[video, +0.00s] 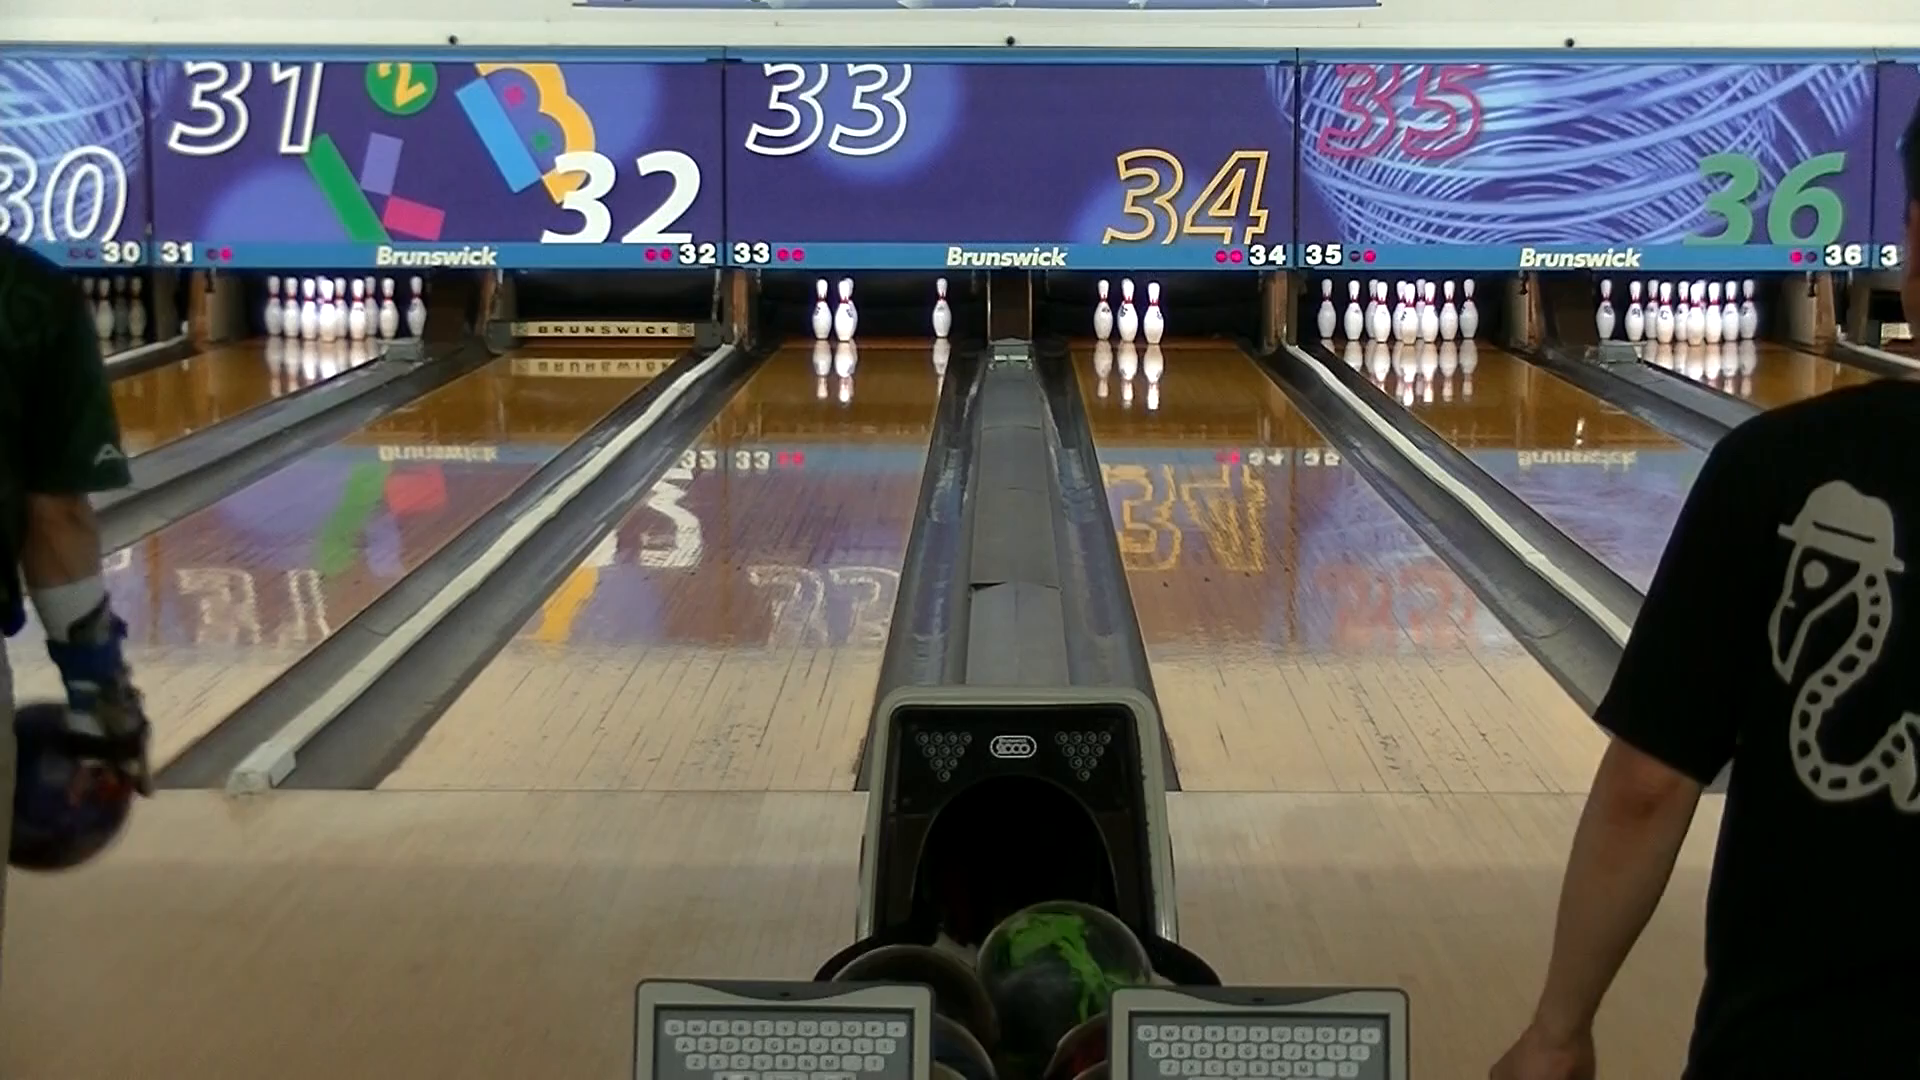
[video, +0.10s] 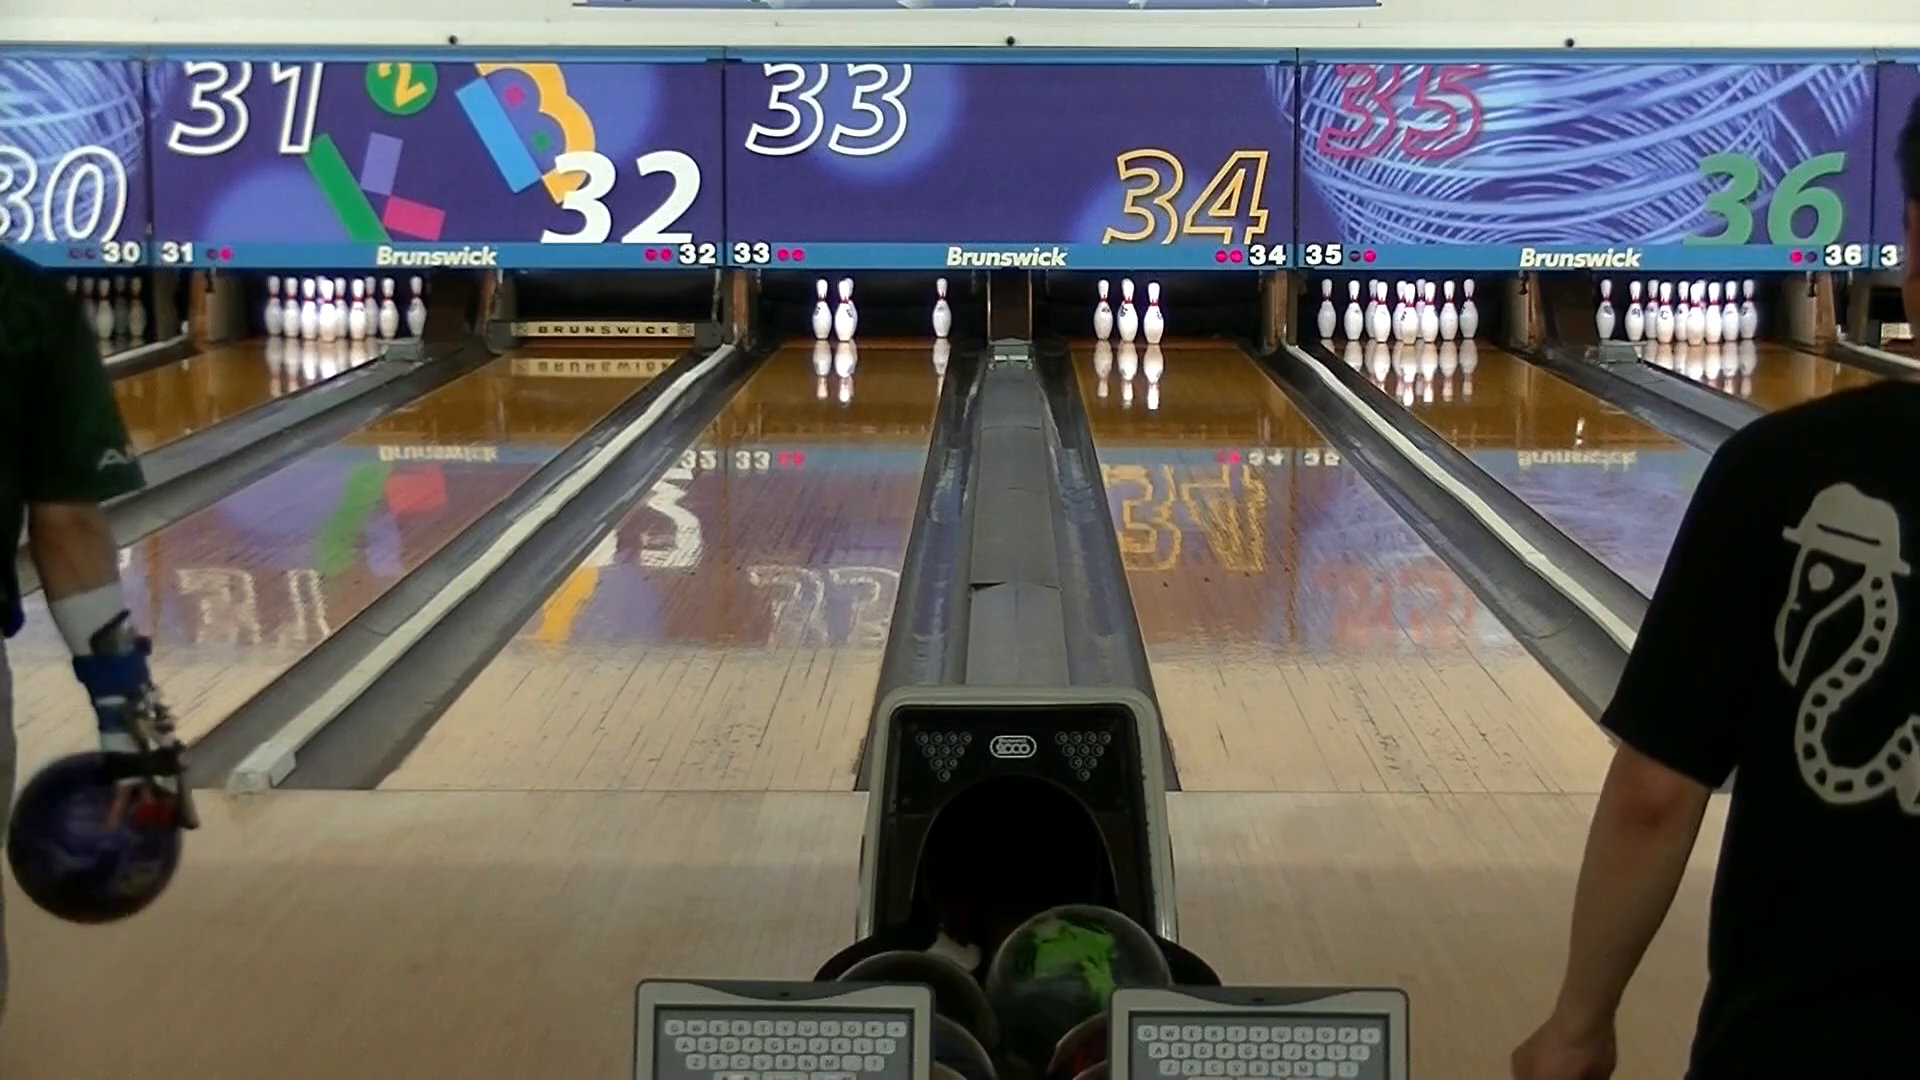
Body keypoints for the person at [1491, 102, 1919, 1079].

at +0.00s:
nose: (1903, 251)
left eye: (1905, 230)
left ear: (1907, 255)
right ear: (1904, 253)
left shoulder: (1789, 464)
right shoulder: (1788, 464)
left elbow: (1648, 783)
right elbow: (1647, 786)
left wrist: (1558, 1026)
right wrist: (1560, 1026)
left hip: (1782, 1033)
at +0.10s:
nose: (1905, 245)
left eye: (1905, 223)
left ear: (1909, 239)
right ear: (1909, 240)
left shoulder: (1791, 468)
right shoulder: (1792, 468)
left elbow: (1656, 789)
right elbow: (1656, 791)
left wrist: (1581, 1017)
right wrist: (1582, 1019)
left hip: (1789, 1033)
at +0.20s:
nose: (1905, 248)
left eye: (1902, 222)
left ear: (1912, 240)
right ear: (1913, 239)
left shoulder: (1796, 471)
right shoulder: (1796, 470)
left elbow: (1660, 800)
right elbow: (1661, 799)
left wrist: (1599, 1001)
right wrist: (1601, 1002)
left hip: (1794, 1029)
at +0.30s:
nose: (1903, 252)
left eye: (1901, 224)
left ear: (1911, 241)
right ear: (1910, 240)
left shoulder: (1801, 474)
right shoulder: (1799, 474)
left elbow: (1660, 806)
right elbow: (1661, 804)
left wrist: (1618, 978)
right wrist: (1620, 978)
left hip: (1798, 1025)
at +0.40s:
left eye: (1898, 225)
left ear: (1908, 237)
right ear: (1902, 234)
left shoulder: (1807, 476)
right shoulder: (1805, 477)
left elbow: (1660, 814)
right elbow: (1662, 813)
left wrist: (1636, 950)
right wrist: (1637, 949)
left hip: (1802, 1022)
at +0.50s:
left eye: (1898, 229)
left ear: (1911, 241)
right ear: (1908, 240)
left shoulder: (1806, 476)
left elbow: (1661, 810)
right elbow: (1663, 810)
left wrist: (1668, 921)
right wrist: (1670, 915)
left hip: (1809, 1009)